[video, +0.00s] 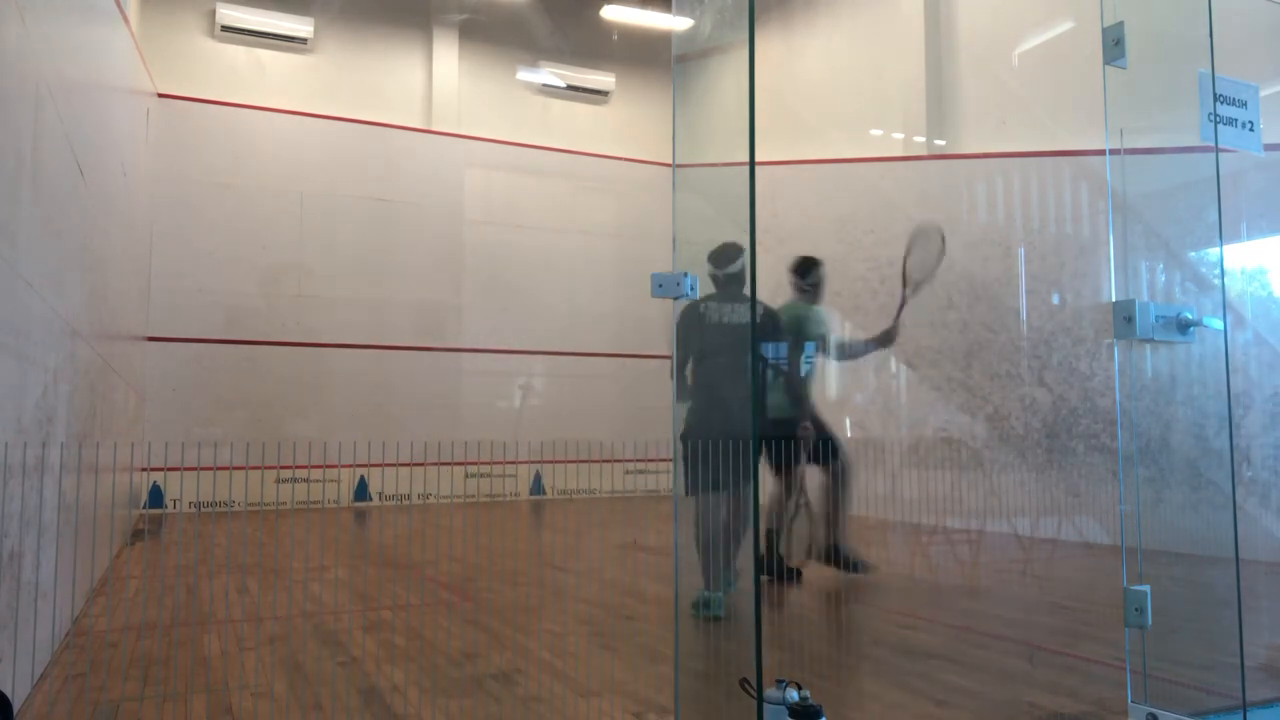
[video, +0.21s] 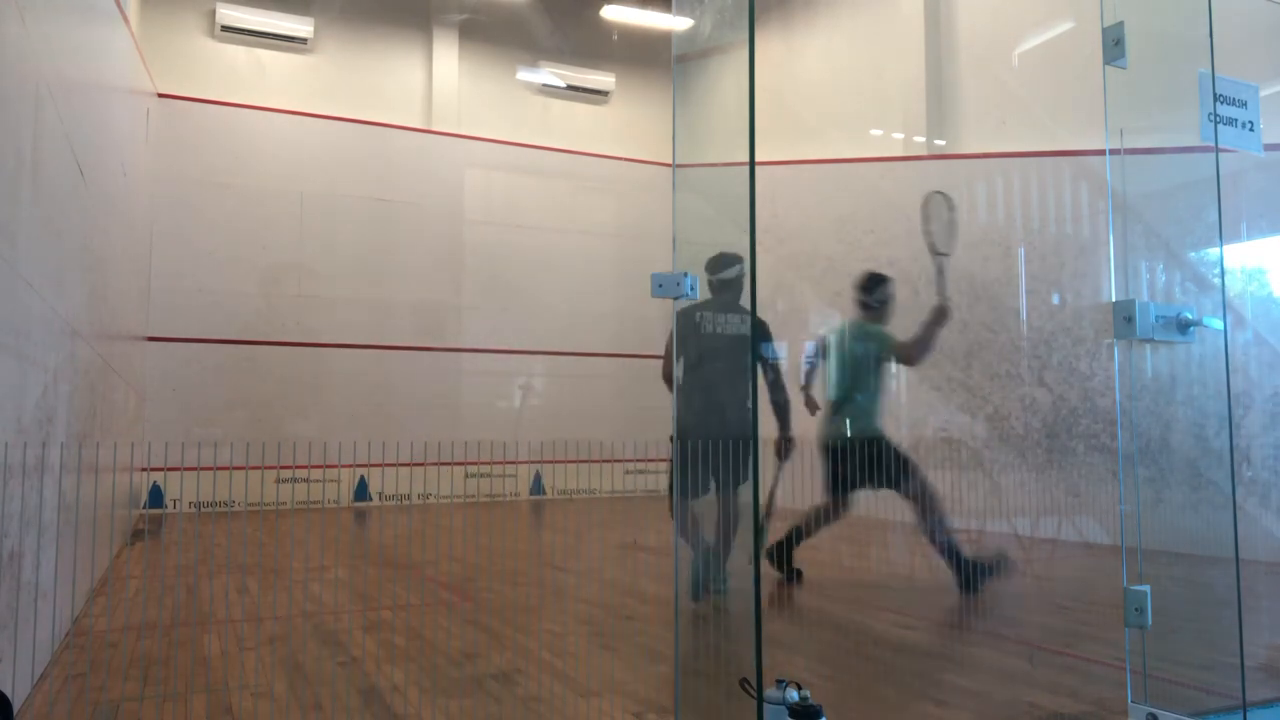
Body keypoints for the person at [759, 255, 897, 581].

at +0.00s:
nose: (818, 288)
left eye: (815, 282)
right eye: (817, 283)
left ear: (793, 282)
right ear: (818, 283)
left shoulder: (780, 315)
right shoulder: (808, 317)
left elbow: (835, 351)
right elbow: (791, 374)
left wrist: (876, 342)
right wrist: (805, 416)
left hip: (771, 416)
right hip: (795, 414)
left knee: (788, 480)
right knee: (837, 466)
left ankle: (771, 555)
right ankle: (832, 546)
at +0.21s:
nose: (890, 307)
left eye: (889, 300)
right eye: (887, 301)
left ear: (859, 301)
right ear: (881, 302)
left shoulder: (840, 332)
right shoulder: (870, 334)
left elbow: (814, 352)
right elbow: (910, 355)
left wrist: (805, 389)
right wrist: (935, 322)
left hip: (835, 441)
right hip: (865, 441)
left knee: (836, 506)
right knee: (921, 494)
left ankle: (782, 548)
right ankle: (963, 570)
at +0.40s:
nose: (959, 326)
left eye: (959, 319)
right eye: (956, 319)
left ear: (930, 318)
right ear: (946, 318)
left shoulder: (908, 347)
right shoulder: (926, 348)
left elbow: (870, 361)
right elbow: (968, 361)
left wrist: (831, 379)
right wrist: (1001, 326)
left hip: (890, 454)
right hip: (904, 454)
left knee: (874, 520)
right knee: (986, 492)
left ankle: (816, 563)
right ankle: (982, 573)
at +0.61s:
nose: (984, 312)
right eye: (984, 308)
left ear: (951, 308)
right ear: (982, 313)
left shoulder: (918, 336)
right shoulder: (981, 360)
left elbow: (869, 361)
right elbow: (1014, 408)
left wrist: (849, 395)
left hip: (889, 441)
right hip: (932, 444)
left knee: (876, 497)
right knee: (994, 492)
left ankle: (843, 563)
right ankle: (982, 573)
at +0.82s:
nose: (927, 294)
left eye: (927, 288)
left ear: (926, 292)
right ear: (957, 297)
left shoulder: (905, 323)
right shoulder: (967, 339)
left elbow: (867, 348)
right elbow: (957, 388)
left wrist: (845, 393)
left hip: (893, 433)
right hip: (940, 434)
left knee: (867, 491)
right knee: (987, 491)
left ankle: (870, 565)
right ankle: (990, 574)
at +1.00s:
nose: (867, 281)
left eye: (870, 276)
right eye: (870, 275)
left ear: (878, 281)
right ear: (902, 284)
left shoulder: (868, 311)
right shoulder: (919, 326)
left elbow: (848, 345)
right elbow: (920, 383)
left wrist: (834, 390)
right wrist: (906, 417)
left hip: (868, 428)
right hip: (909, 429)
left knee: (866, 502)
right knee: (933, 496)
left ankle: (888, 575)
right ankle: (968, 567)